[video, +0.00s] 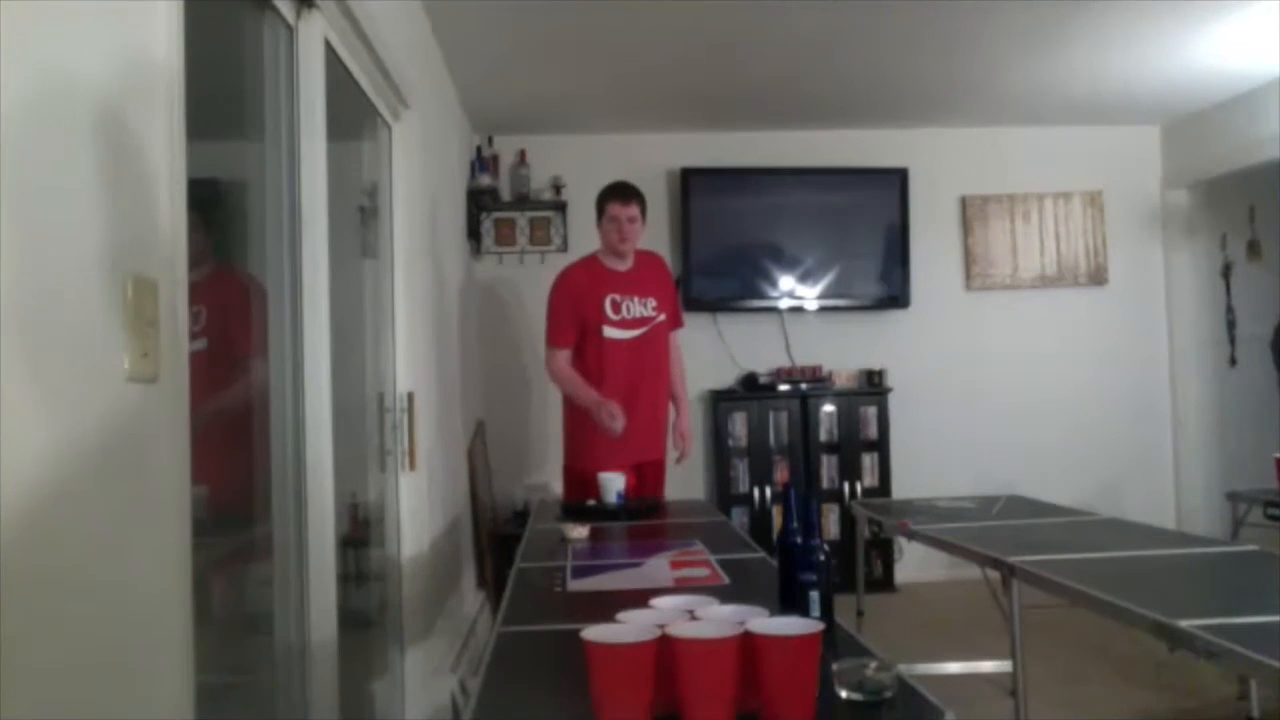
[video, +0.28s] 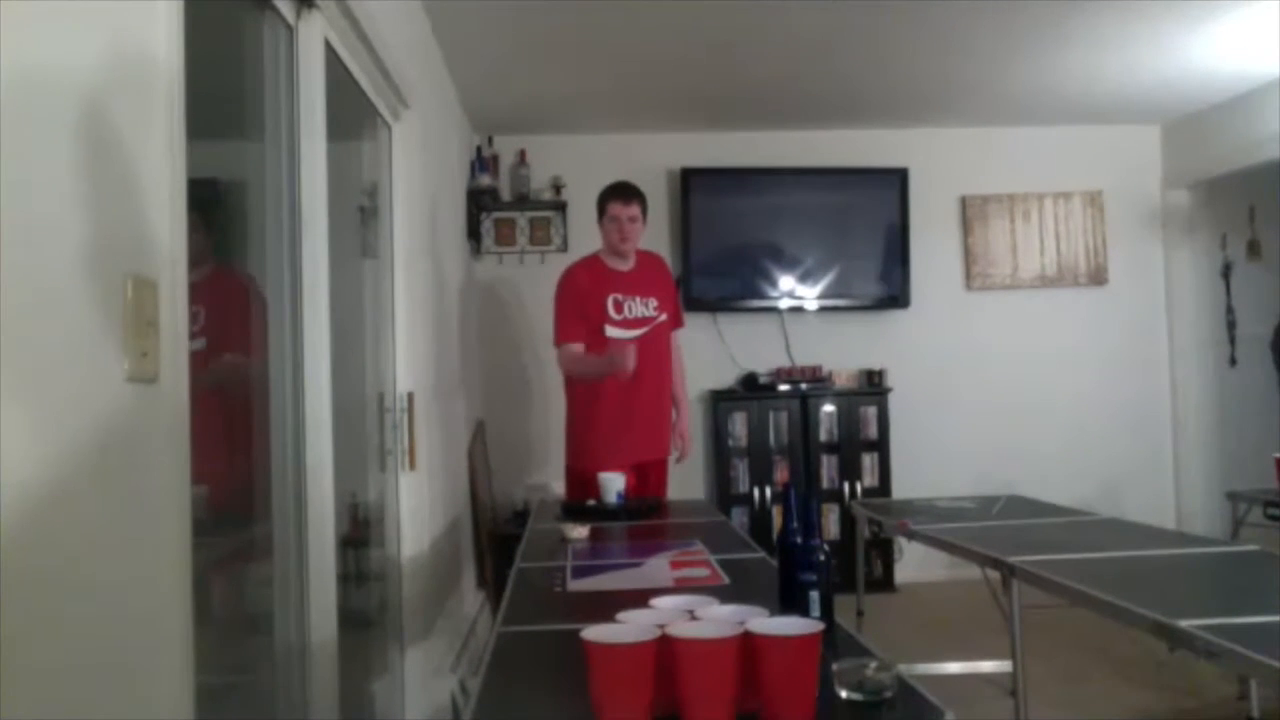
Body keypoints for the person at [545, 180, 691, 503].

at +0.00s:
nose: (623, 230)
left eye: (632, 221)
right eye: (614, 221)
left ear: (643, 226)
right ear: (599, 225)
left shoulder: (657, 271)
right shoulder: (574, 280)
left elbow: (670, 346)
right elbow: (557, 363)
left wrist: (682, 413)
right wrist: (596, 404)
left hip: (649, 438)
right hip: (594, 442)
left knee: (648, 540)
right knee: (594, 541)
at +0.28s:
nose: (624, 229)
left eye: (632, 220)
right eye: (614, 220)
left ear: (644, 225)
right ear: (600, 225)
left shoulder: (657, 270)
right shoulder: (578, 278)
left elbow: (671, 346)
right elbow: (569, 361)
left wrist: (681, 413)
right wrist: (608, 362)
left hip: (651, 435)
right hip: (597, 439)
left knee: (650, 539)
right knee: (597, 540)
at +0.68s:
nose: (626, 226)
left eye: (635, 217)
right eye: (617, 217)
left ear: (646, 223)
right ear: (603, 222)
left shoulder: (657, 267)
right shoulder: (584, 272)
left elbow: (673, 343)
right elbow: (587, 331)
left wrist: (687, 411)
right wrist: (613, 265)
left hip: (652, 433)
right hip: (599, 434)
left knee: (652, 540)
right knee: (598, 541)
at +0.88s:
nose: (629, 223)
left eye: (637, 214)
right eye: (621, 215)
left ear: (648, 220)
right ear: (608, 220)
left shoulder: (658, 265)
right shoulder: (587, 267)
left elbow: (675, 341)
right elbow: (594, 312)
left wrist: (690, 405)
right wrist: (613, 238)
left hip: (653, 436)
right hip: (601, 438)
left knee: (653, 542)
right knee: (600, 546)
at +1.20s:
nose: (633, 211)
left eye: (641, 202)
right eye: (625, 203)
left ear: (651, 209)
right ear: (609, 207)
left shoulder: (656, 259)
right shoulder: (590, 252)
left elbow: (668, 339)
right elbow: (609, 241)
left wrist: (690, 399)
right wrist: (617, 169)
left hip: (651, 428)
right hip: (603, 428)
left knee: (652, 543)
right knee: (599, 544)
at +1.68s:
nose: (640, 219)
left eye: (648, 209)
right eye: (630, 209)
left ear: (658, 214)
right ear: (614, 214)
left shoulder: (663, 263)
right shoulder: (590, 268)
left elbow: (668, 344)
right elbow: (551, 343)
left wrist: (683, 405)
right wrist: (602, 391)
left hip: (654, 438)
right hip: (602, 441)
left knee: (651, 543)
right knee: (600, 547)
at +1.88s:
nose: (639, 230)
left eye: (647, 221)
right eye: (629, 220)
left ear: (658, 223)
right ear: (614, 221)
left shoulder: (668, 269)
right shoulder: (590, 272)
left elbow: (677, 347)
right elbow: (536, 336)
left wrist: (685, 417)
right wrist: (587, 400)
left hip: (656, 442)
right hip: (600, 444)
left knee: (652, 546)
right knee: (600, 546)